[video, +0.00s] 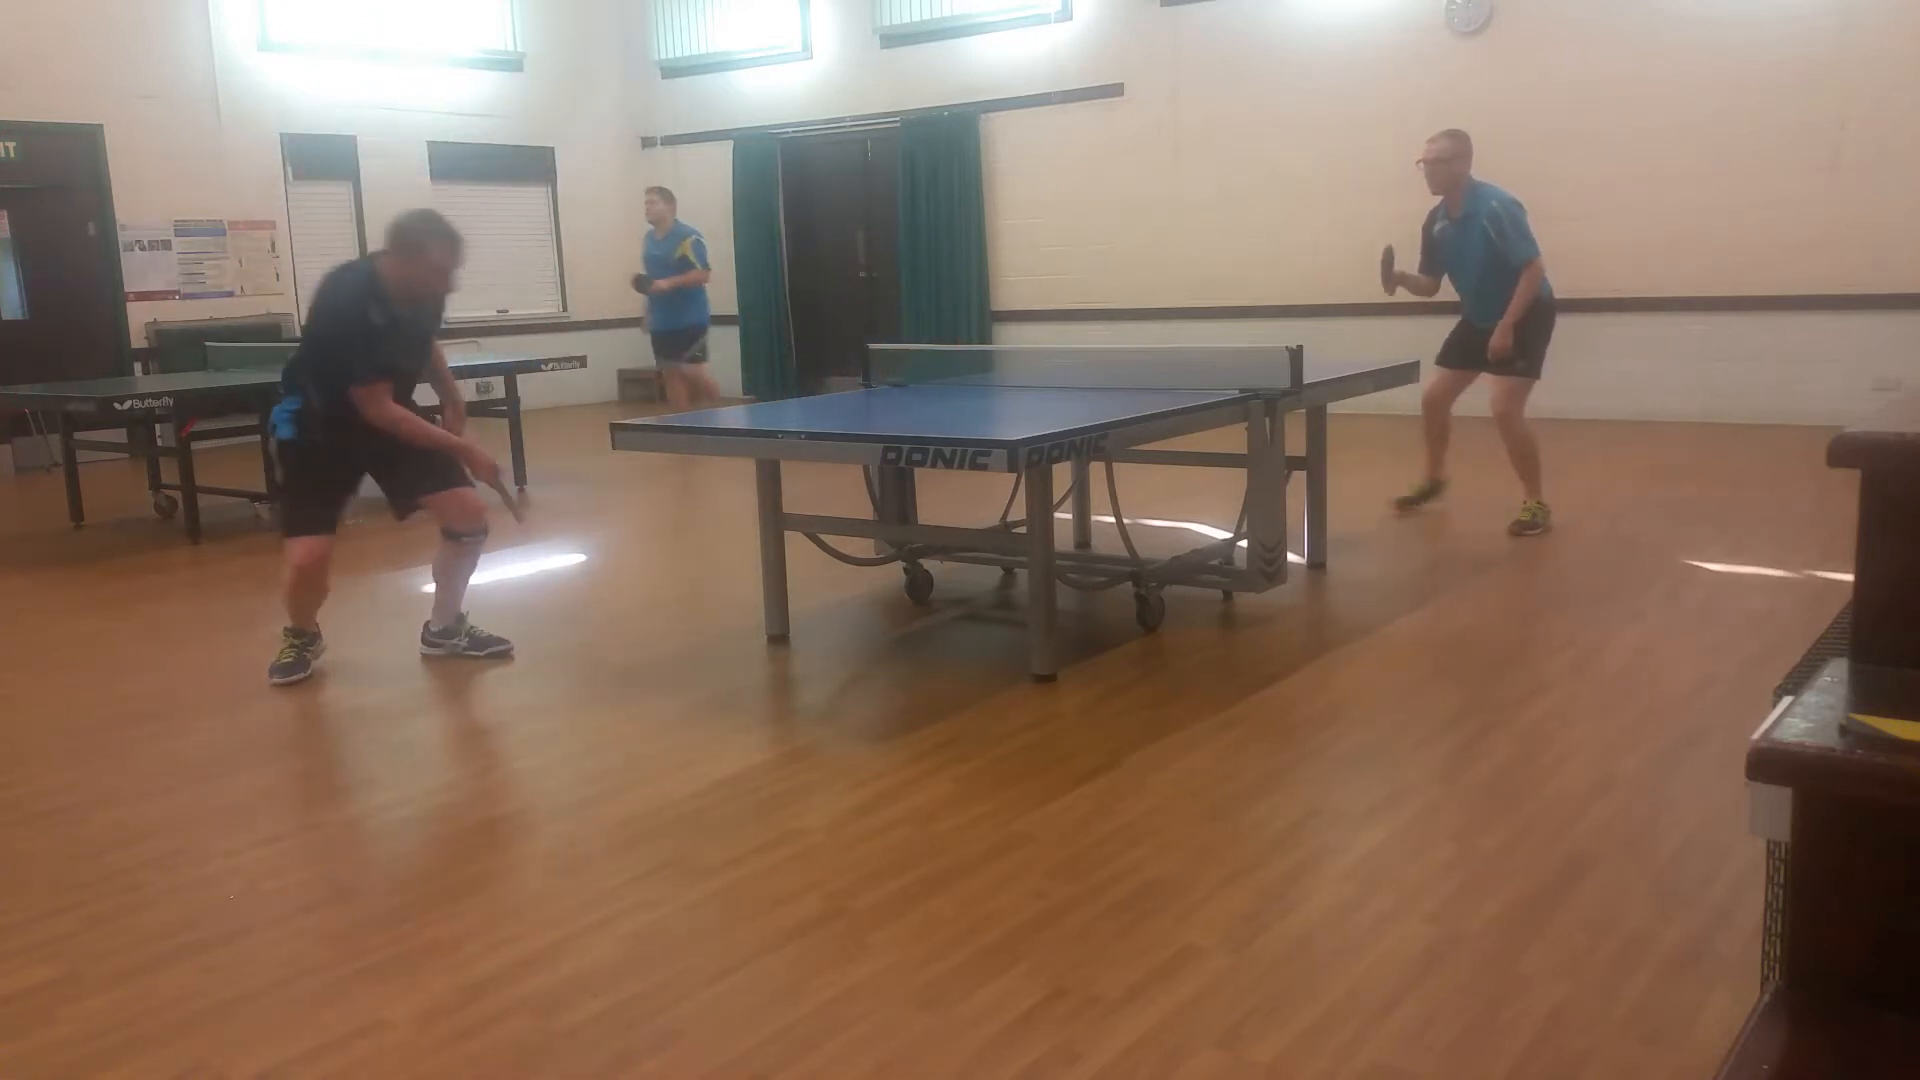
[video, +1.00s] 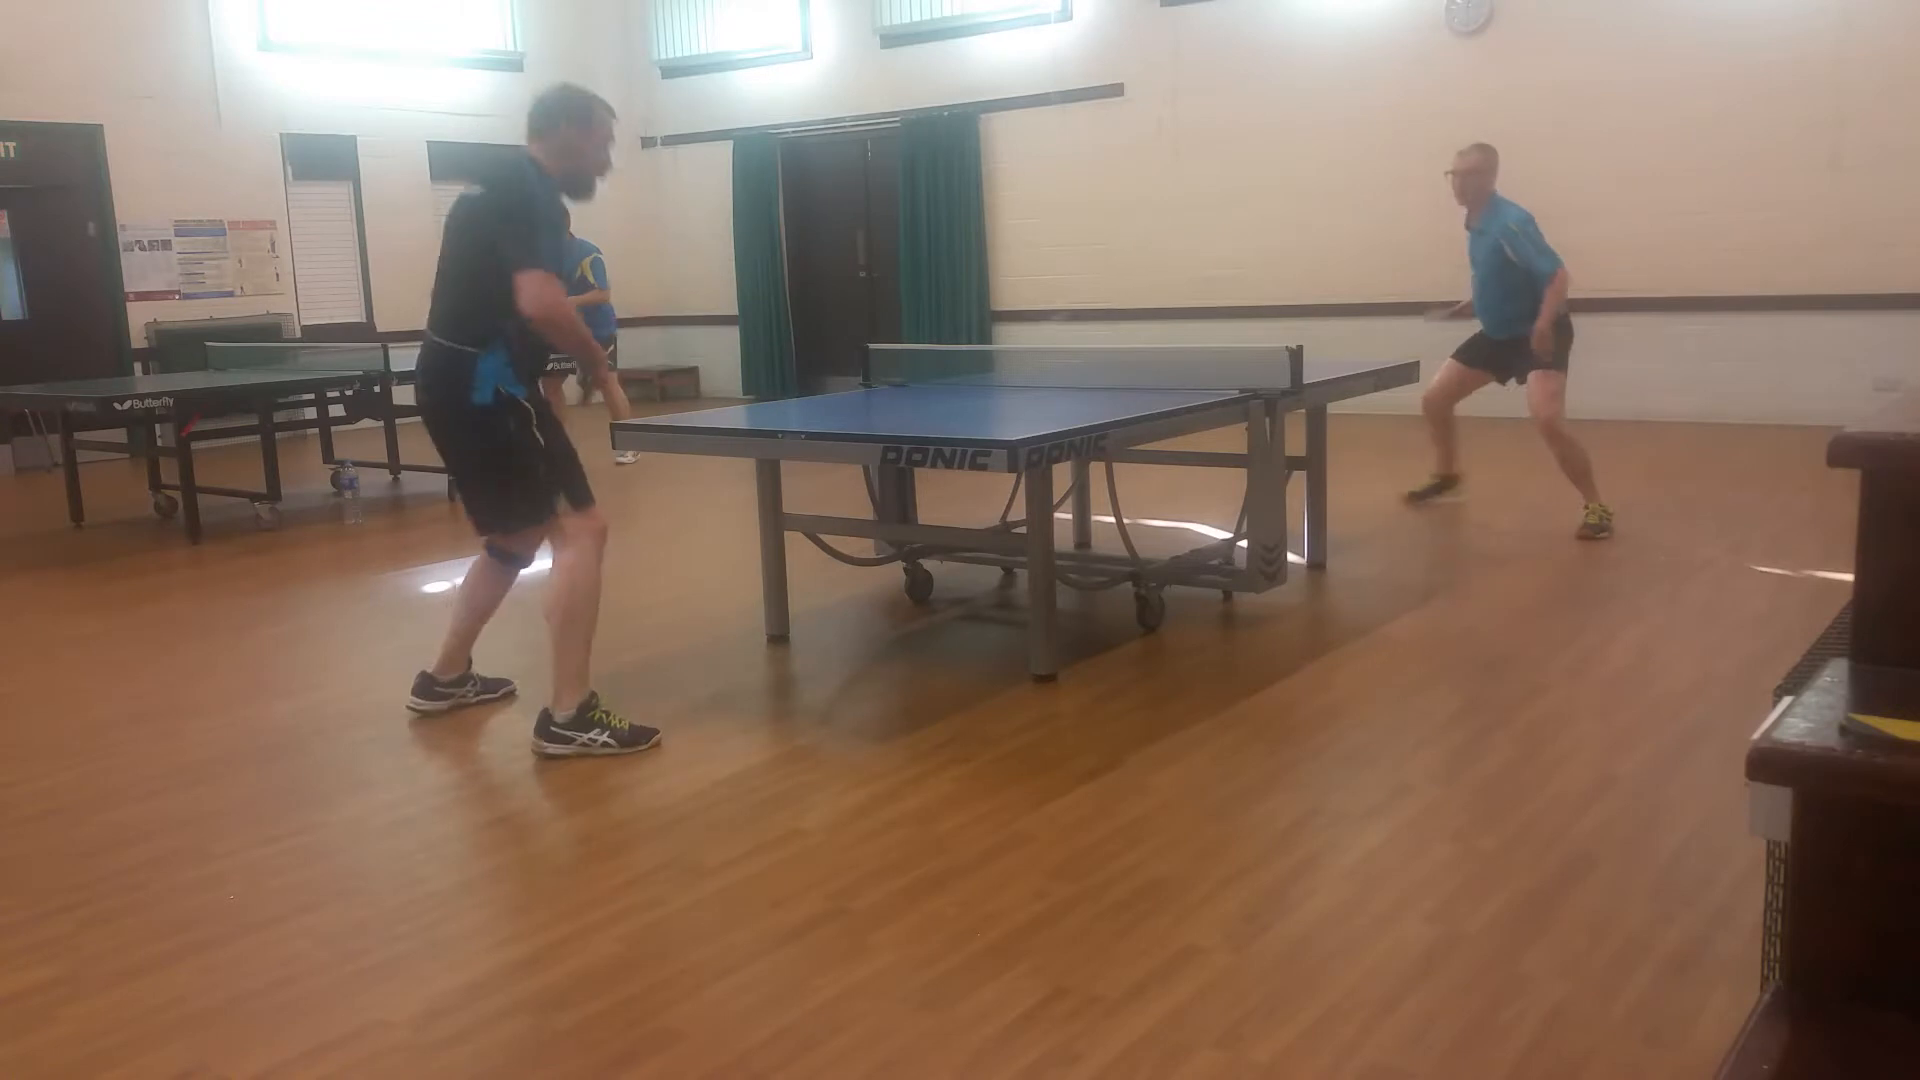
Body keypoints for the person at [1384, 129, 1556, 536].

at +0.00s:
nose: (1426, 171)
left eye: (1435, 163)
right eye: (1424, 163)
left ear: (1462, 164)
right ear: (1426, 167)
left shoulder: (1498, 206)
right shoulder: (1436, 221)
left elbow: (1534, 271)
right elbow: (1428, 286)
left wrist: (1506, 326)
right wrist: (1398, 277)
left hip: (1527, 315)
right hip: (1481, 317)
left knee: (1506, 409)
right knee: (1434, 399)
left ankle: (1535, 503)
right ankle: (1434, 481)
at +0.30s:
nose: (1422, 203)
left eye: (1431, 196)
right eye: (1420, 195)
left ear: (1456, 198)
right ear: (1419, 198)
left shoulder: (1499, 236)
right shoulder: (1423, 248)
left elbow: (1535, 298)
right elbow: (1408, 304)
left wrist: (1501, 348)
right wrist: (1390, 324)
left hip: (1520, 327)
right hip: (1468, 331)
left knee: (1531, 409)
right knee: (1419, 408)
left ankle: (1577, 500)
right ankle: (1395, 493)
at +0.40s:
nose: (1430, 223)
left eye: (1438, 216)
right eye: (1428, 216)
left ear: (1464, 219)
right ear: (1427, 217)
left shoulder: (1506, 254)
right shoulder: (1431, 266)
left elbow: (1545, 317)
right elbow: (1423, 326)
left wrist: (1508, 364)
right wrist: (1404, 346)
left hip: (1531, 338)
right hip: (1478, 341)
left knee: (1548, 416)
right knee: (1418, 404)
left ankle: (1592, 505)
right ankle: (1393, 493)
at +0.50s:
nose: (1439, 246)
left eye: (1448, 238)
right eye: (1437, 238)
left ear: (1472, 240)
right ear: (1434, 239)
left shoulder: (1515, 268)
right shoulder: (1440, 284)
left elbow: (1558, 330)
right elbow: (1437, 342)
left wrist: (1525, 378)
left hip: (1537, 351)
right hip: (1482, 354)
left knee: (1559, 414)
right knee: (1415, 406)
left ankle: (1596, 504)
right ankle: (1393, 492)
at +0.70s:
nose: (1457, 231)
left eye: (1465, 225)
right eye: (1456, 223)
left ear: (1490, 224)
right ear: (1455, 221)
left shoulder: (1521, 257)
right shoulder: (1450, 256)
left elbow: (1581, 303)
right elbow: (1407, 288)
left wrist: (1580, 355)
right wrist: (1408, 308)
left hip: (1540, 352)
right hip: (1488, 353)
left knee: (1554, 419)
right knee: (1415, 408)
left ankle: (1596, 506)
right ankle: (1391, 492)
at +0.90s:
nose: (1460, 193)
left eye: (1470, 185)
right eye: (1458, 185)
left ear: (1493, 188)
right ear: (1455, 186)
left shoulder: (1517, 231)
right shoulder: (1473, 229)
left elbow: (1568, 283)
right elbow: (1488, 275)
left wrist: (1566, 337)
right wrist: (1454, 282)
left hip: (1541, 344)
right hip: (1496, 341)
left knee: (1547, 421)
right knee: (1432, 400)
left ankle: (1595, 507)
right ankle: (1404, 482)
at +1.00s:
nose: (1454, 183)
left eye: (1462, 176)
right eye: (1453, 176)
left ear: (1486, 179)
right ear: (1459, 179)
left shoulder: (1513, 223)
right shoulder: (1476, 220)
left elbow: (1559, 277)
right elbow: (1500, 277)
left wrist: (1544, 325)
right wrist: (1472, 306)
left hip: (1541, 333)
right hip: (1497, 335)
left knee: (1546, 419)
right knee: (1435, 400)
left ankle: (1595, 506)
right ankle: (1447, 475)